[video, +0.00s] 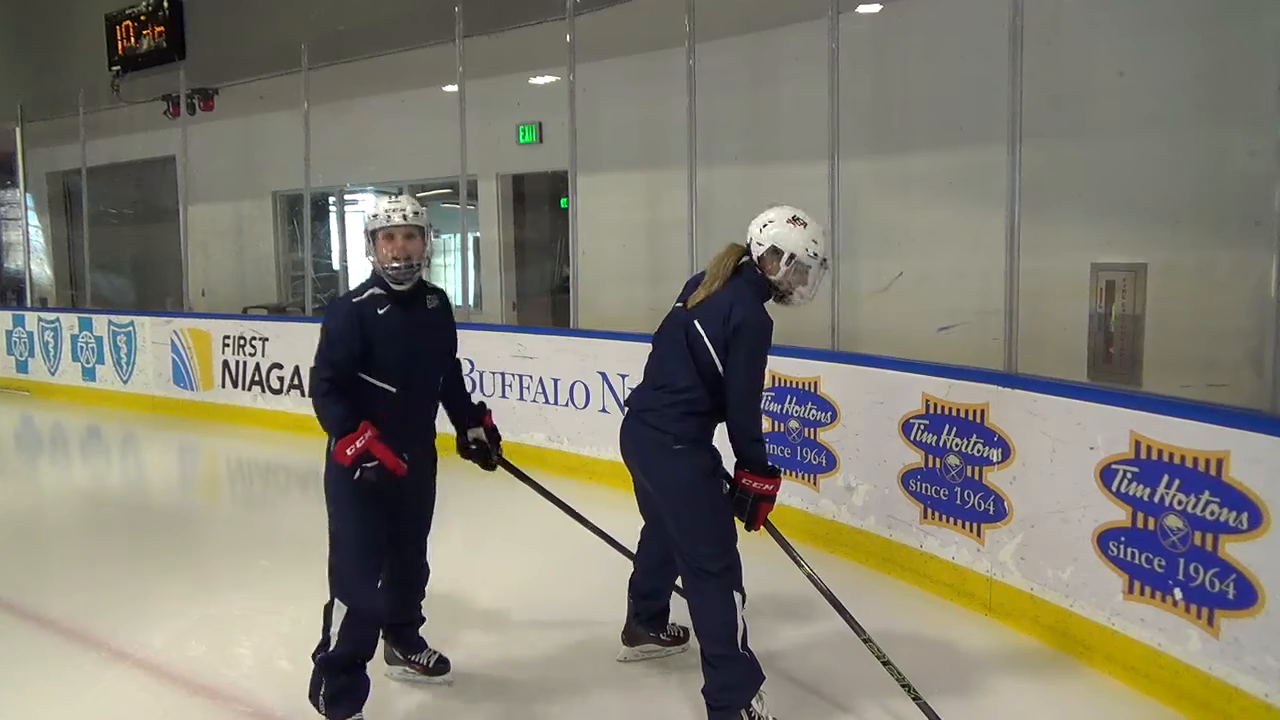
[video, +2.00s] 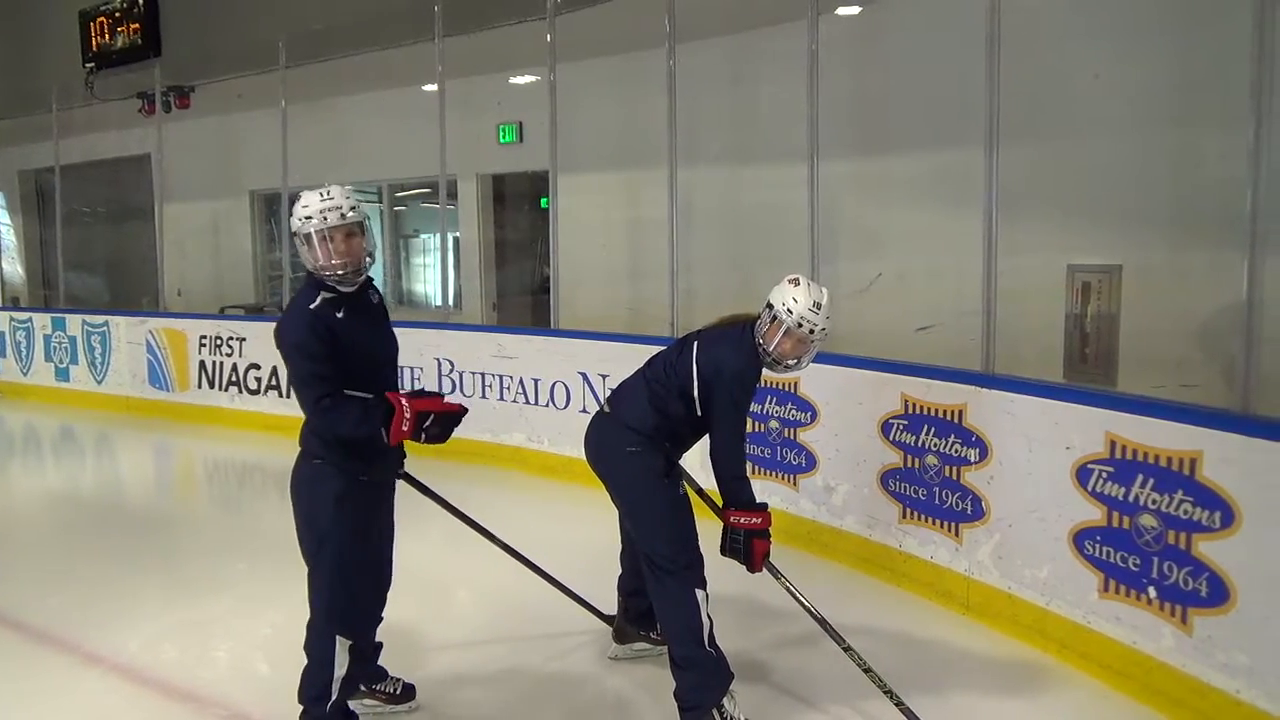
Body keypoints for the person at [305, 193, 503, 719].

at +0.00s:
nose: (401, 249)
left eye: (411, 238)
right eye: (390, 240)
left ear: (426, 244)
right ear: (374, 247)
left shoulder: (436, 307)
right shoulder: (350, 312)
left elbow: (447, 373)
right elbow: (327, 387)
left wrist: (472, 422)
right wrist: (356, 441)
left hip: (417, 458)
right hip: (360, 460)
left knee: (409, 558)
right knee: (359, 583)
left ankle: (402, 641)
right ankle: (339, 701)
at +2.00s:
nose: (339, 251)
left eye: (347, 237)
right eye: (325, 242)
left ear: (364, 240)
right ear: (309, 252)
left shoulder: (370, 299)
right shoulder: (304, 316)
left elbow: (380, 383)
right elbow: (321, 406)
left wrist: (420, 412)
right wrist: (393, 419)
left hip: (373, 465)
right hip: (328, 472)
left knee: (372, 575)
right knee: (331, 588)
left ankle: (363, 672)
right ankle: (319, 702)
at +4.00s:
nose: (390, 240)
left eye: (388, 229)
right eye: (379, 230)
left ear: (345, 236)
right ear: (352, 235)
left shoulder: (351, 292)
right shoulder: (345, 299)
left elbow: (355, 390)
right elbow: (345, 395)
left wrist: (390, 455)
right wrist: (407, 432)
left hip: (356, 470)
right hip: (333, 475)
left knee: (372, 576)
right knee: (335, 593)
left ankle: (369, 673)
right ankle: (300, 706)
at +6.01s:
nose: (361, 249)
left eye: (369, 236)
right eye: (347, 239)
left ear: (383, 242)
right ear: (325, 246)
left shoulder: (381, 305)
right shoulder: (315, 318)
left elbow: (393, 393)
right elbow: (326, 411)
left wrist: (425, 435)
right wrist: (402, 429)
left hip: (385, 468)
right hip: (337, 475)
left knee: (388, 578)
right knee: (346, 597)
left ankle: (377, 669)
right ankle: (322, 707)